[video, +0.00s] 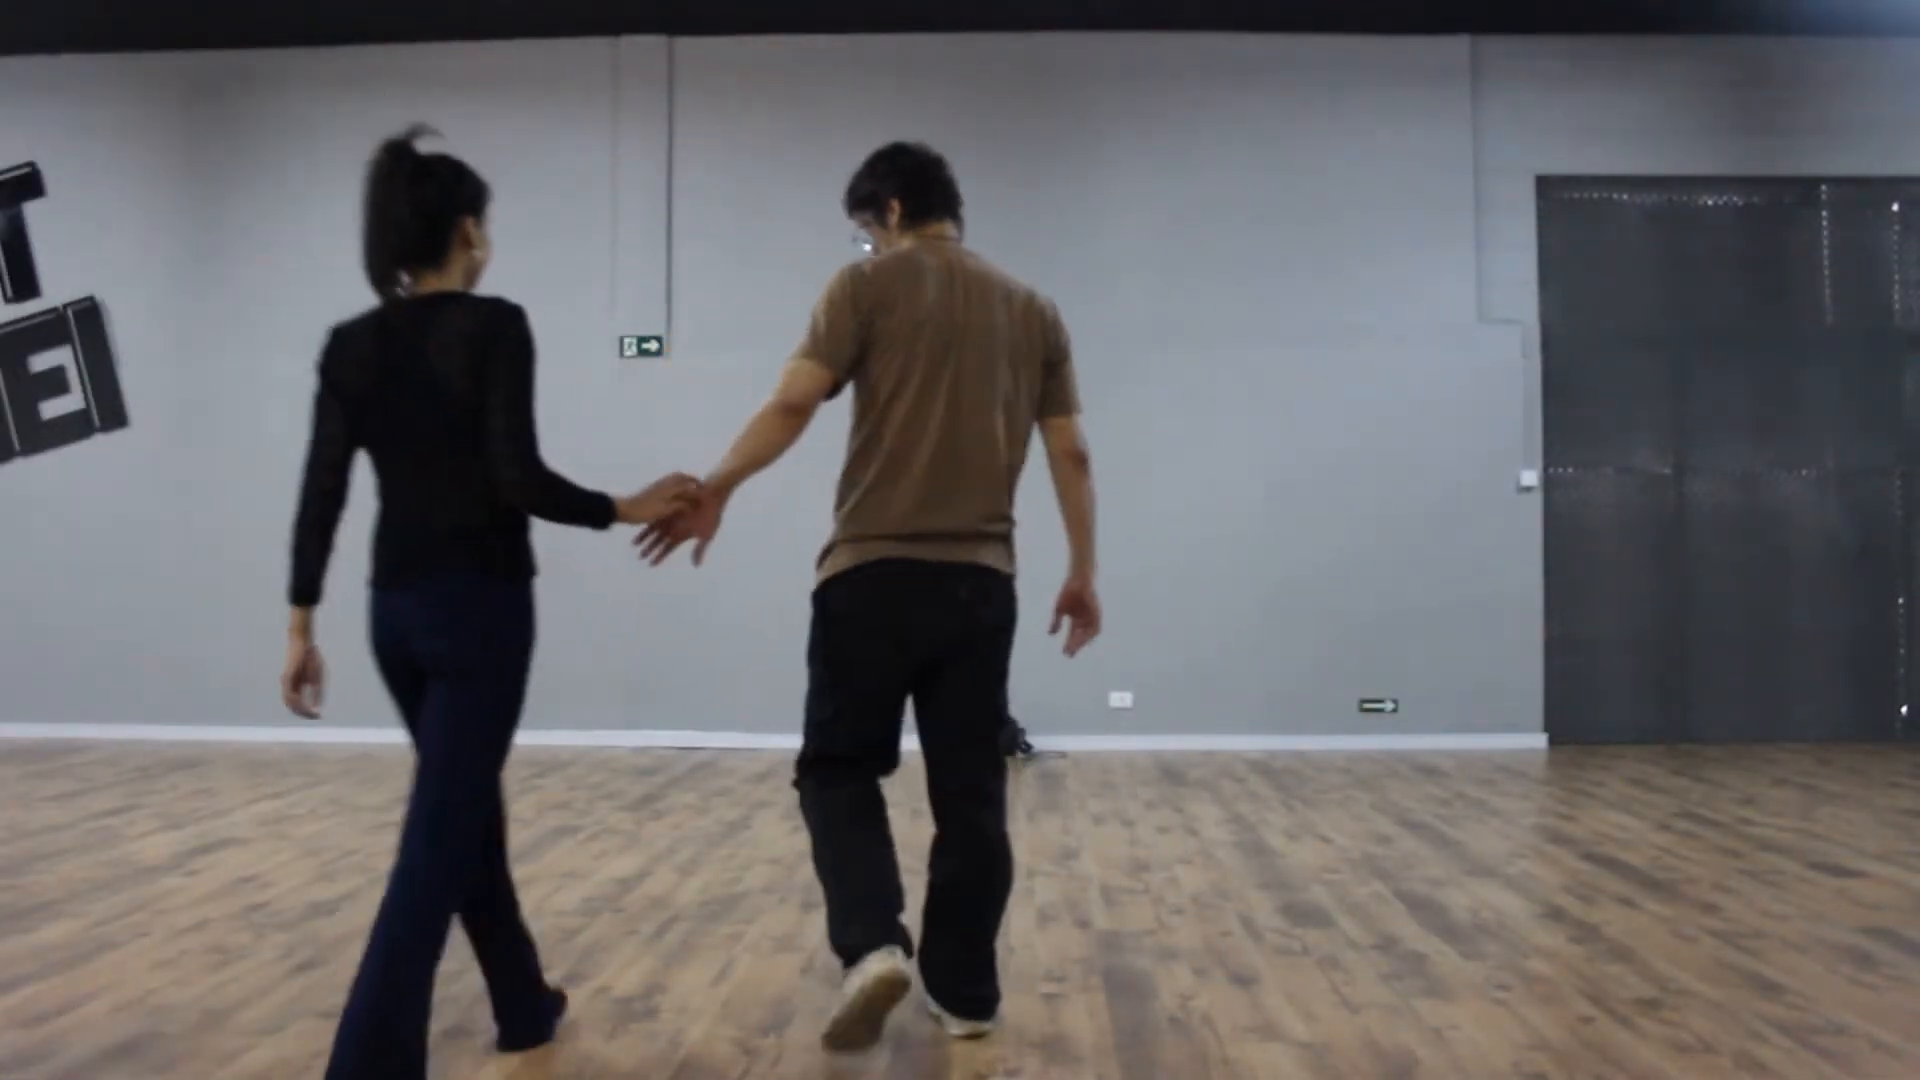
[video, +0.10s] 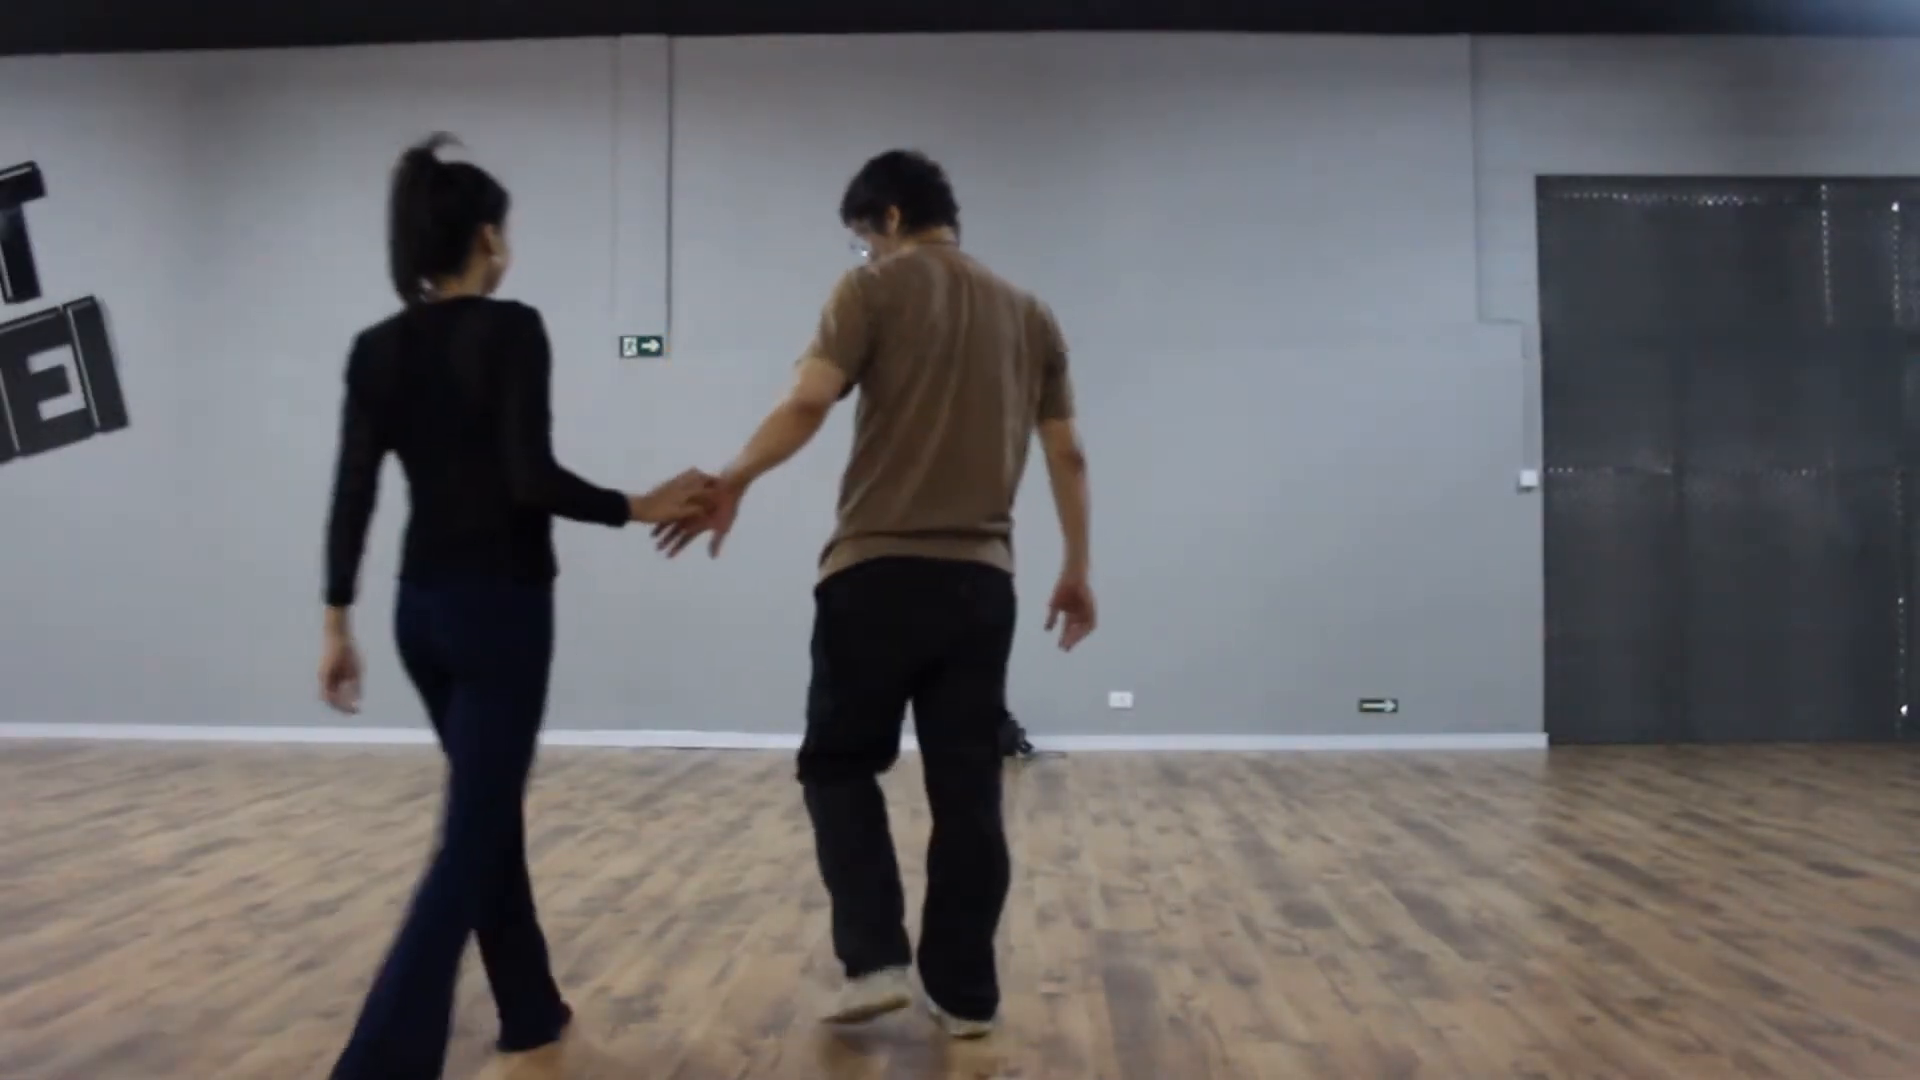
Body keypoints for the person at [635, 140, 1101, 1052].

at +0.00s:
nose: (863, 243)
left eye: (863, 229)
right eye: (859, 232)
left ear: (890, 213)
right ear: (954, 214)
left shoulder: (866, 286)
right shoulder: (1030, 308)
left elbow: (794, 404)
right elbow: (1071, 454)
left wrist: (715, 488)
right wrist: (1083, 572)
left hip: (868, 578)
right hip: (978, 586)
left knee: (839, 767)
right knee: (971, 786)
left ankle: (874, 948)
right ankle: (966, 1000)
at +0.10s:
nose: (861, 249)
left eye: (861, 234)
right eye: (856, 237)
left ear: (890, 218)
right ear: (948, 218)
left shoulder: (872, 289)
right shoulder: (1026, 312)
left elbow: (808, 403)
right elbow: (1067, 455)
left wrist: (732, 480)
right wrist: (1077, 568)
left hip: (873, 578)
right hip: (980, 586)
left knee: (839, 765)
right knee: (969, 782)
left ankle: (878, 963)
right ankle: (967, 998)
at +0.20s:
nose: (857, 256)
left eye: (857, 241)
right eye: (851, 243)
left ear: (886, 224)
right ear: (939, 224)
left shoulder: (874, 291)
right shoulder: (1018, 315)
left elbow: (821, 404)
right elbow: (1055, 455)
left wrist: (746, 478)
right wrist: (1064, 567)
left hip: (875, 581)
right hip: (979, 587)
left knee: (848, 770)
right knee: (968, 783)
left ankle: (865, 976)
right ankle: (966, 993)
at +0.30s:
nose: (843, 268)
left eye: (844, 252)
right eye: (838, 254)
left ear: (874, 235)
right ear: (919, 235)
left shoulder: (869, 300)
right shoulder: (1002, 323)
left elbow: (838, 412)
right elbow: (1027, 460)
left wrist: (764, 479)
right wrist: (1030, 571)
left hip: (878, 587)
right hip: (975, 590)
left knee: (858, 777)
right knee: (964, 789)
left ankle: (852, 955)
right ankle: (965, 991)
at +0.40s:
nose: (829, 275)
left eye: (830, 257)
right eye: (822, 260)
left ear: (867, 239)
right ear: (900, 238)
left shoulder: (860, 312)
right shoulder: (989, 328)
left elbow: (850, 421)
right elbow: (1007, 460)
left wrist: (771, 483)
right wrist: (1003, 567)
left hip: (877, 591)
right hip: (970, 588)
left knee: (856, 773)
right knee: (958, 786)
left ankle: (859, 954)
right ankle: (964, 989)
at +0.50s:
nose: (806, 281)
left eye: (808, 264)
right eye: (799, 267)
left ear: (848, 245)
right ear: (877, 245)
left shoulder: (852, 314)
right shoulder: (965, 327)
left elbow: (859, 427)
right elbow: (966, 450)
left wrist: (780, 499)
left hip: (864, 588)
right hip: (952, 587)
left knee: (847, 774)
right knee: (946, 779)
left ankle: (858, 954)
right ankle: (961, 979)